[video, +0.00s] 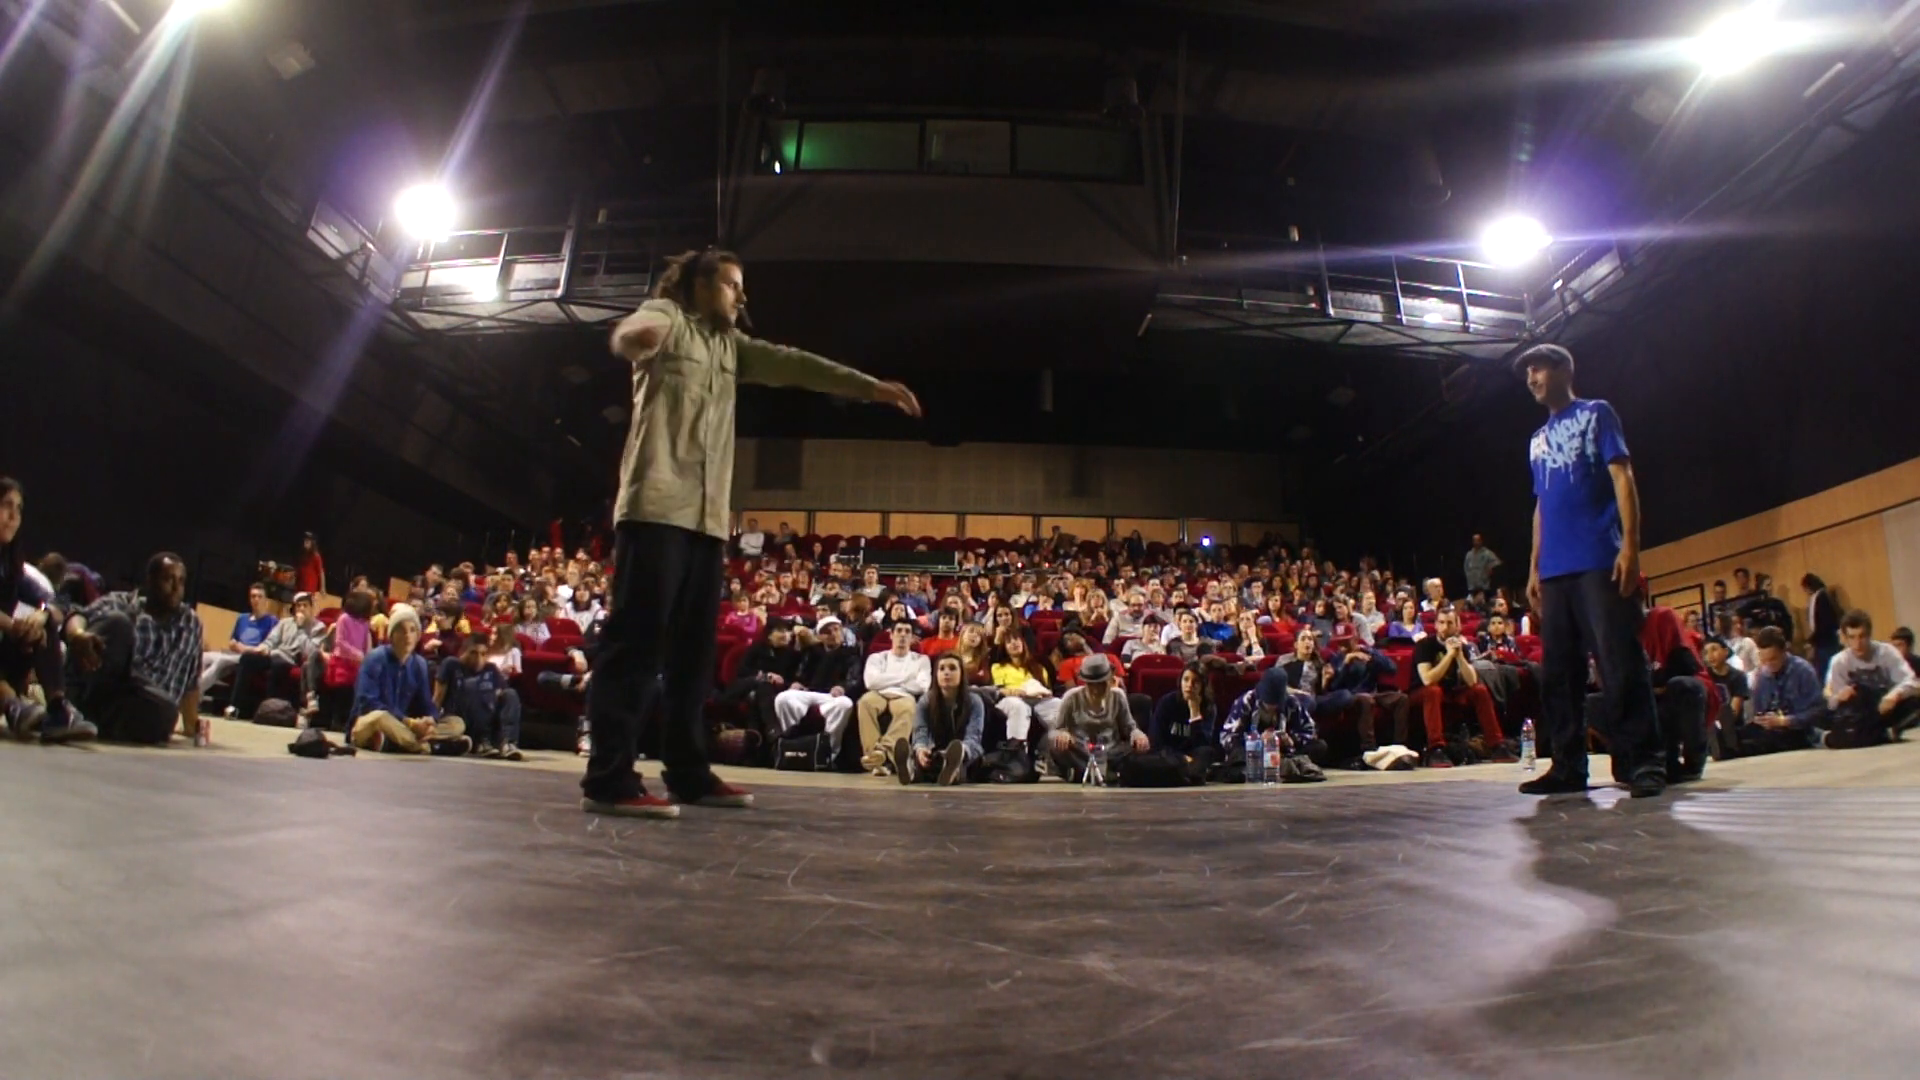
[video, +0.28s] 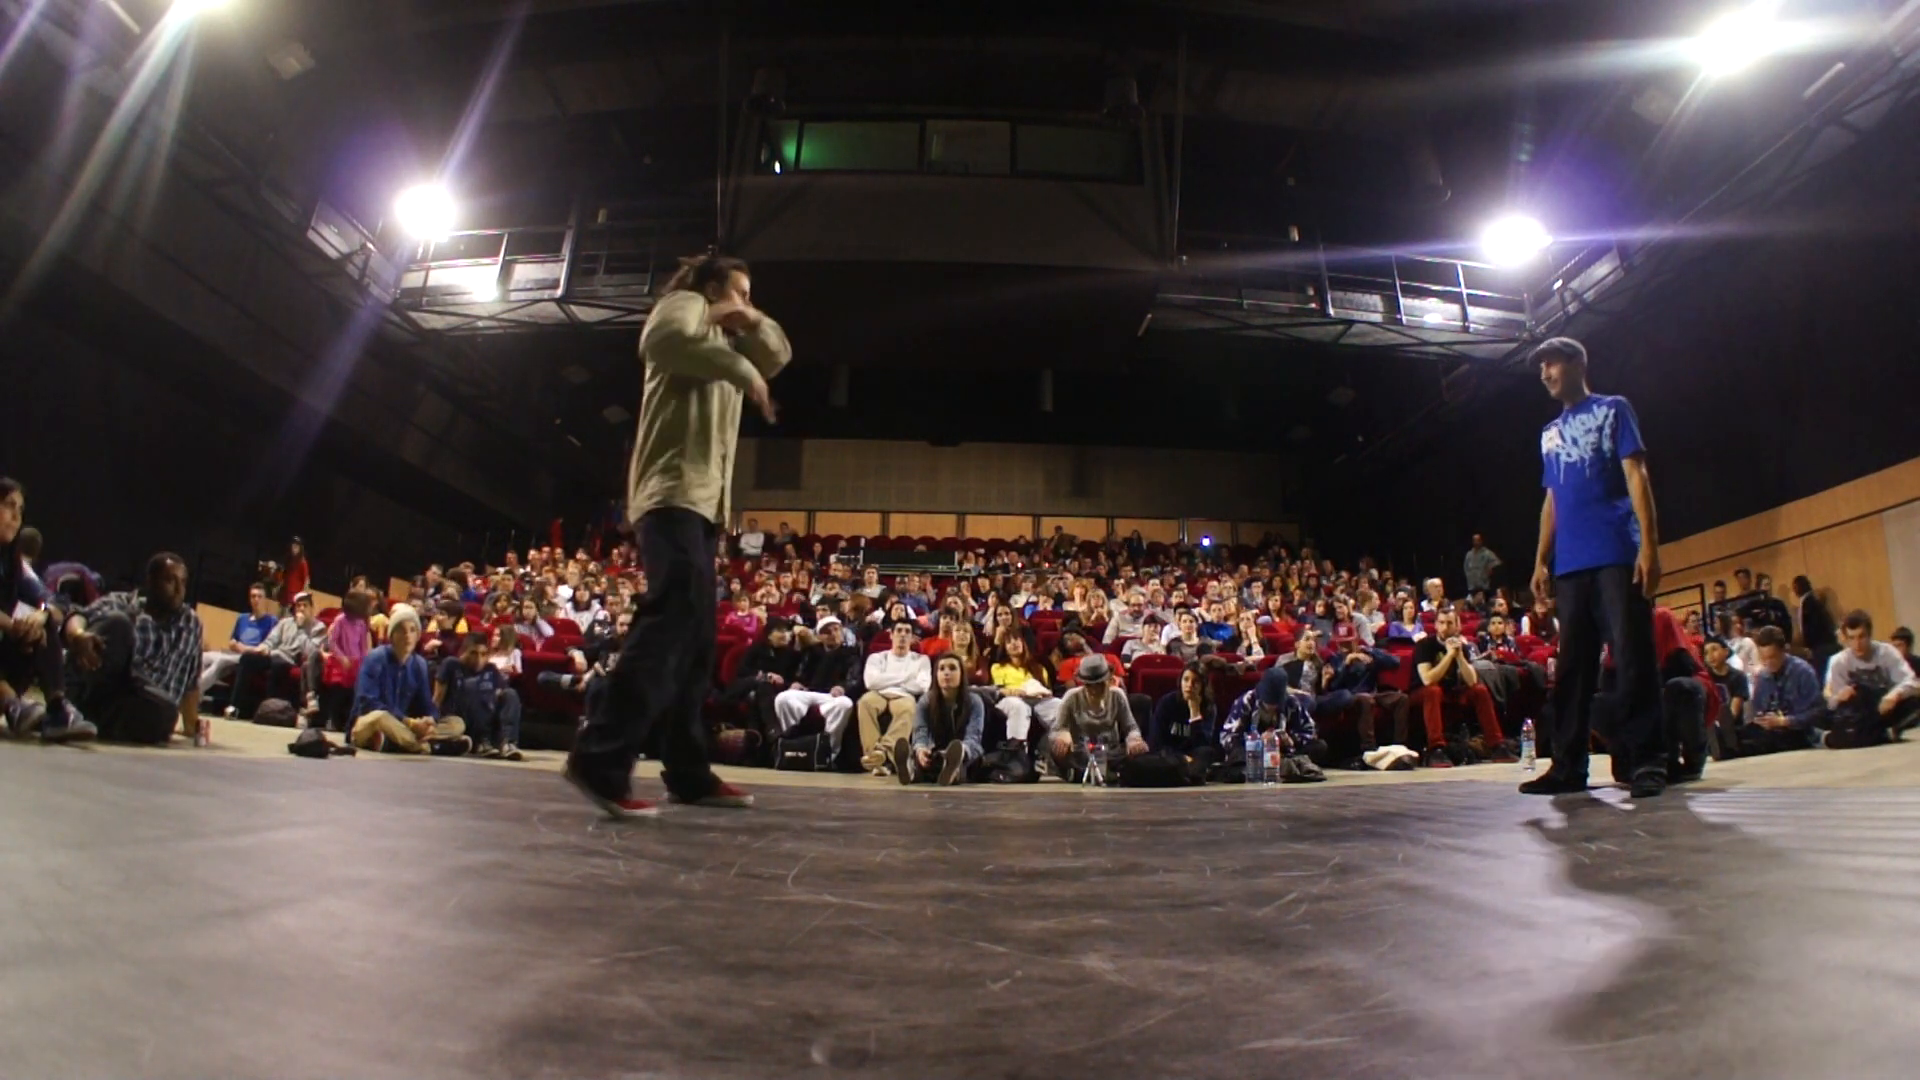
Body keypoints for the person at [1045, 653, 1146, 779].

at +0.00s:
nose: (1096, 689)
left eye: (1101, 684)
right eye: (1091, 684)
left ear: (1109, 680)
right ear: (1085, 682)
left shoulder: (1118, 696)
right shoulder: (1071, 697)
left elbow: (1129, 727)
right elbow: (1056, 729)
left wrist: (1137, 734)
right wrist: (1061, 733)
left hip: (1111, 750)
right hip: (1080, 750)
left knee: (1137, 747)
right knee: (1056, 743)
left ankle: (1082, 772)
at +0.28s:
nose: (1095, 690)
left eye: (1099, 684)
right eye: (1089, 685)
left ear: (1107, 680)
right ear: (1083, 683)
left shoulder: (1118, 696)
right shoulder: (1071, 697)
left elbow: (1131, 727)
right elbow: (1056, 730)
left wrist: (1134, 740)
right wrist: (1062, 735)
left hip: (1112, 753)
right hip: (1080, 754)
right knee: (1058, 750)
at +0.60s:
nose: (1094, 690)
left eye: (1099, 684)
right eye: (1089, 685)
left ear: (1107, 680)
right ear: (1082, 683)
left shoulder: (1117, 695)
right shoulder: (1071, 697)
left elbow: (1134, 728)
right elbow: (1055, 731)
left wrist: (1130, 741)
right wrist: (1063, 734)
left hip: (1112, 756)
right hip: (1079, 757)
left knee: (1140, 749)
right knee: (1058, 749)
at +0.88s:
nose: (1094, 689)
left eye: (1099, 684)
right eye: (1089, 685)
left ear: (1107, 680)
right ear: (1083, 683)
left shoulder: (1117, 695)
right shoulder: (1072, 695)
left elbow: (1136, 729)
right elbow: (1054, 731)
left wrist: (1129, 741)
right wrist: (1066, 735)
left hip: (1111, 758)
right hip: (1079, 759)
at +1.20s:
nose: (1094, 690)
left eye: (1099, 685)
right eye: (1089, 685)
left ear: (1108, 681)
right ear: (1082, 683)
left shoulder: (1117, 696)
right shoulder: (1070, 699)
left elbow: (1133, 730)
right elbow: (1050, 738)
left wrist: (1129, 742)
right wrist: (1063, 734)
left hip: (1110, 755)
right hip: (1078, 755)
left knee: (1140, 748)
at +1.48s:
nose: (1095, 691)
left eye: (1099, 686)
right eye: (1089, 687)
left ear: (1108, 681)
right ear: (1082, 684)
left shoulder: (1117, 697)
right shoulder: (1069, 699)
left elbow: (1133, 730)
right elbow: (1050, 738)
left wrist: (1129, 742)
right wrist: (1063, 734)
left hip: (1110, 755)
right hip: (1078, 757)